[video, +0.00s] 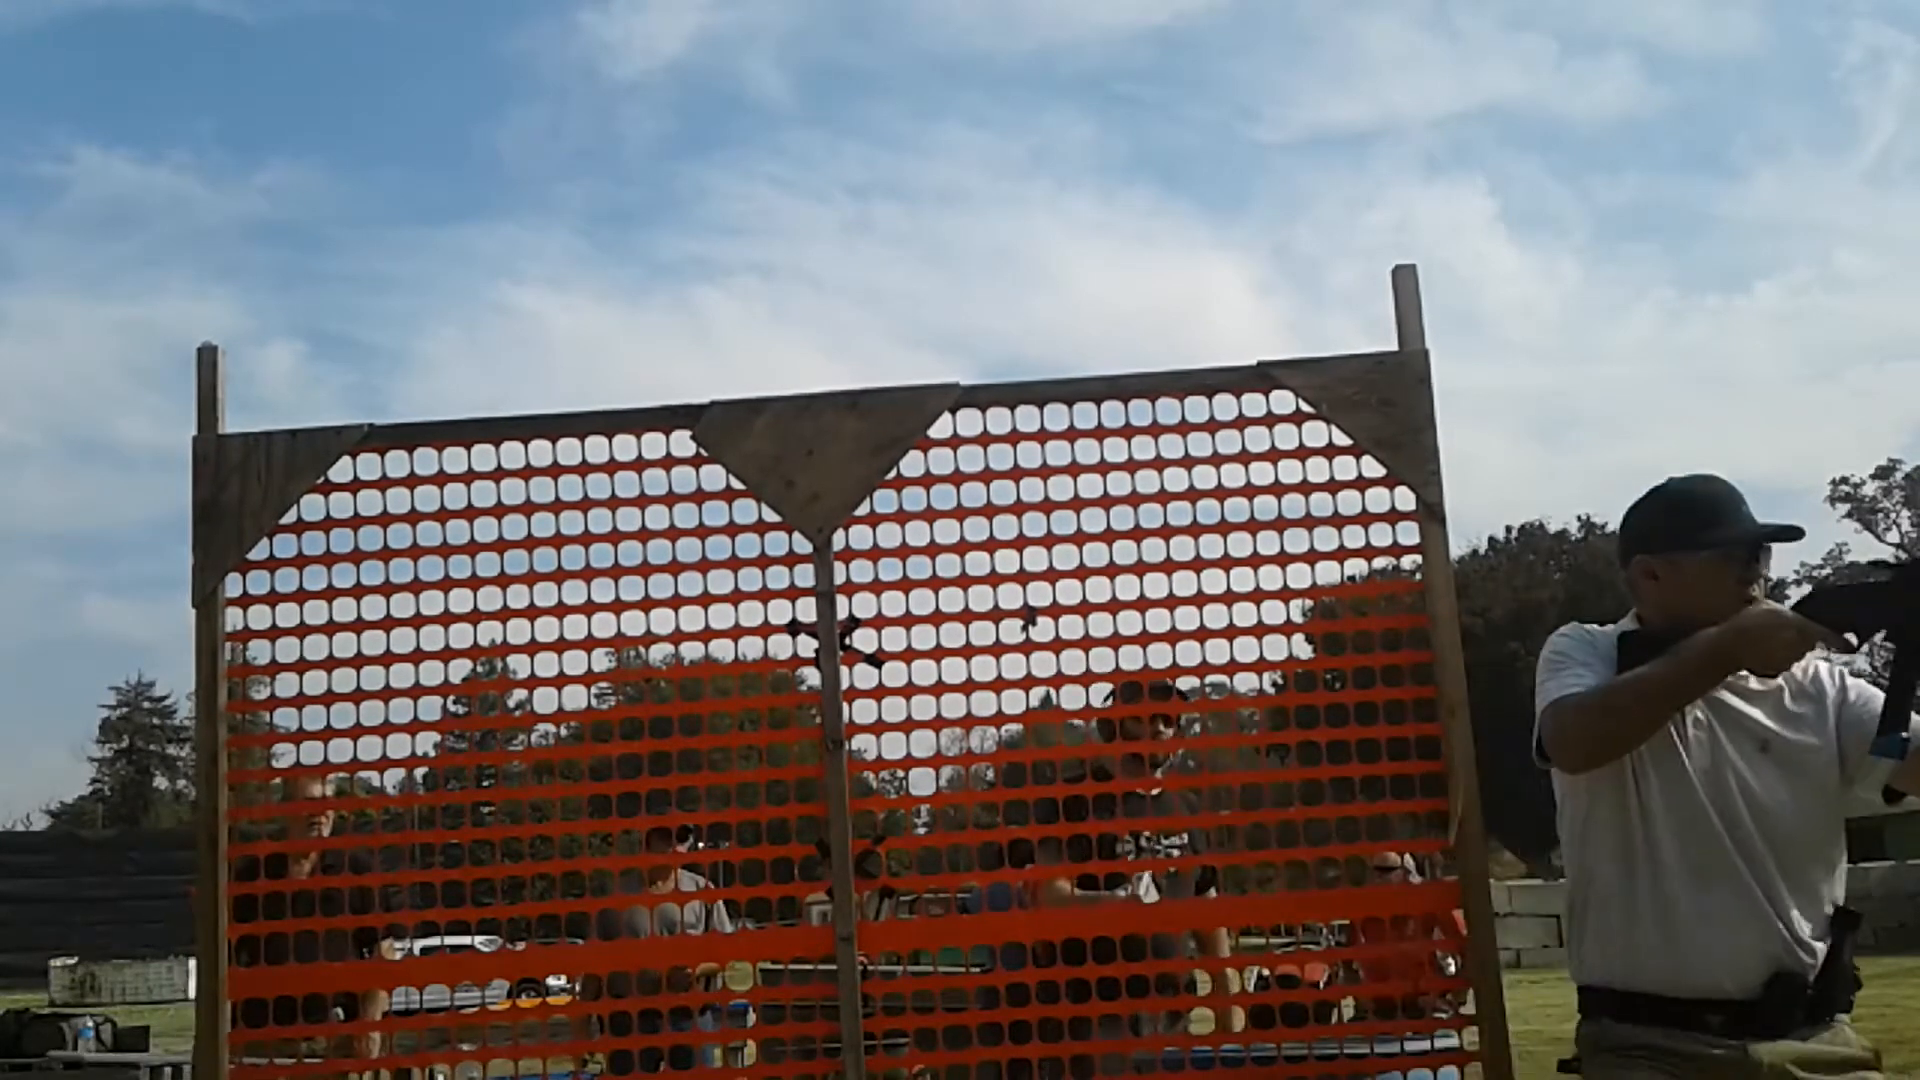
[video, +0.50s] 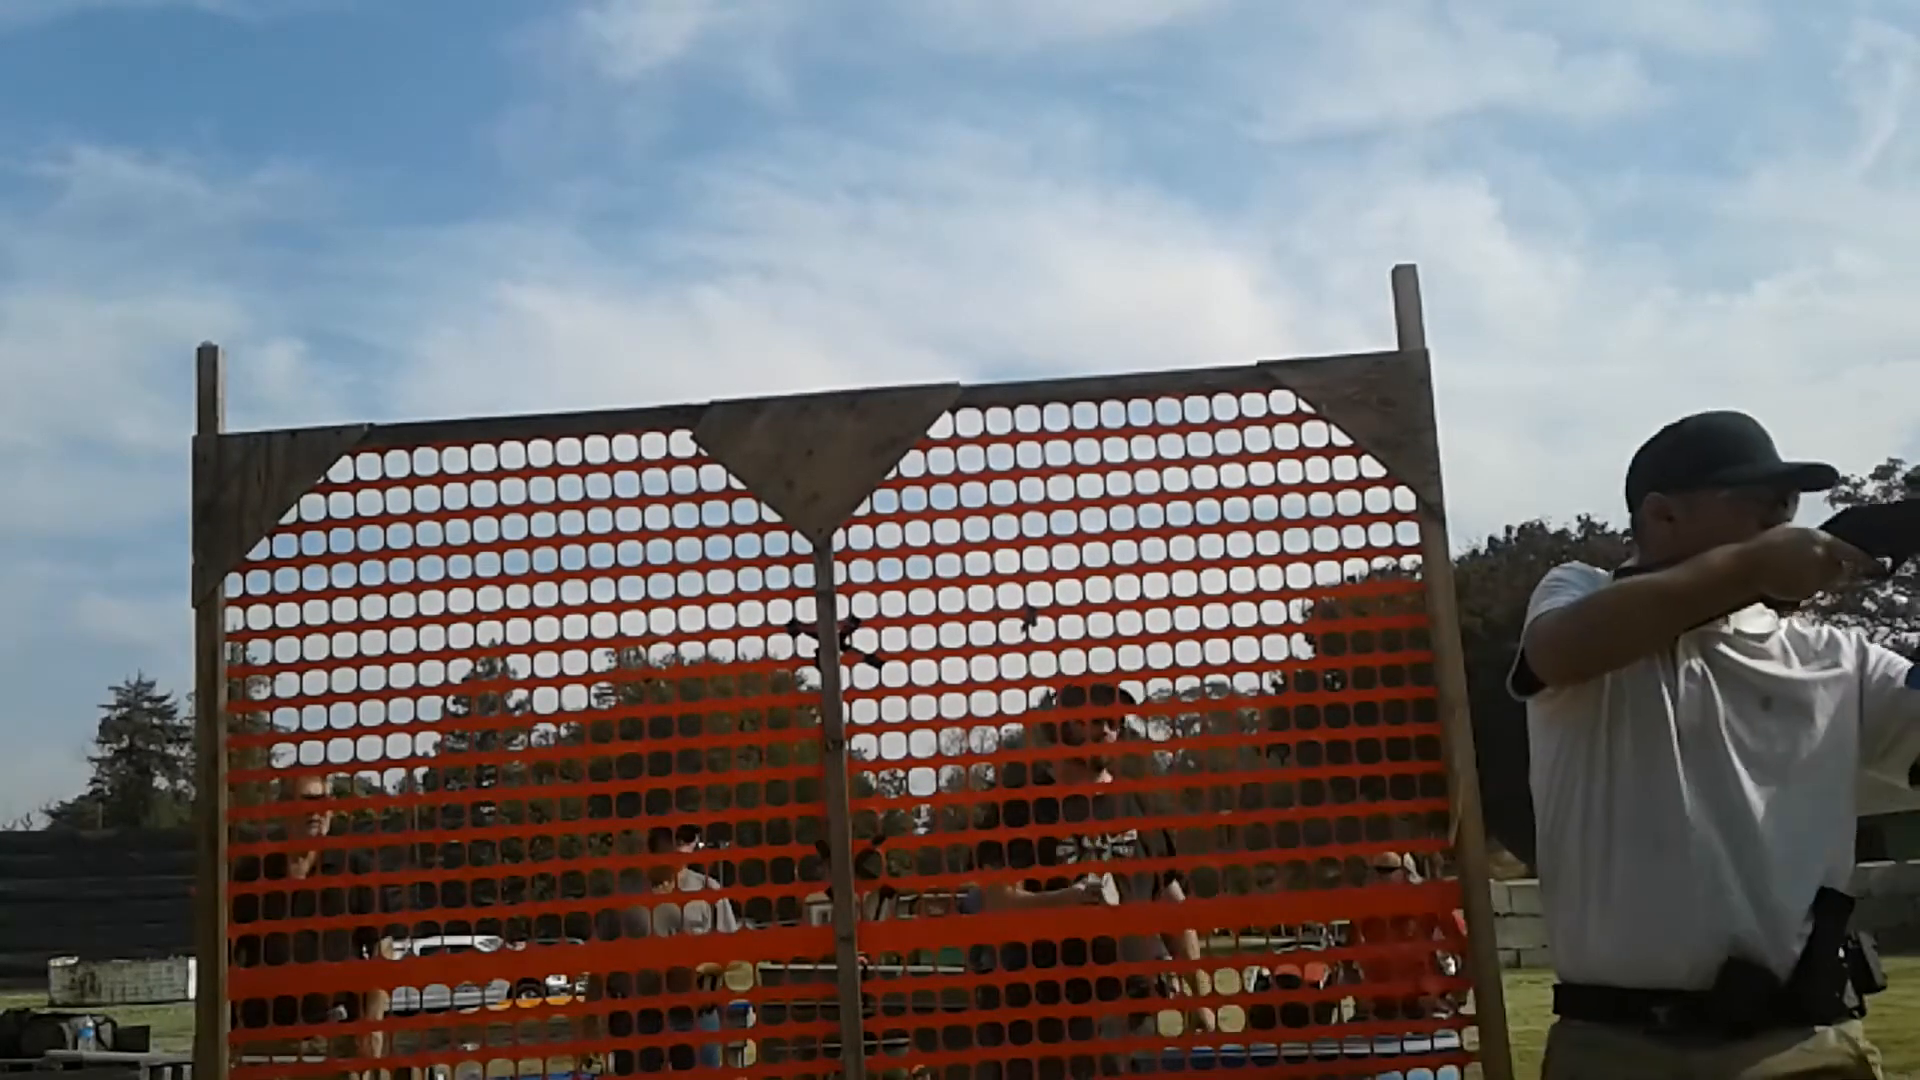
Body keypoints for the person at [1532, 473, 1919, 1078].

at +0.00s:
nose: (1763, 576)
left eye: (1761, 558)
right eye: (1740, 559)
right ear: (1651, 576)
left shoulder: (1817, 681)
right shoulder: (1581, 652)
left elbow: (1914, 767)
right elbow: (1572, 743)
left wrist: (1905, 629)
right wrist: (1729, 646)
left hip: (1812, 1043)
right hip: (1646, 1046)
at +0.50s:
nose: (1783, 527)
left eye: (1787, 507)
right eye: (1757, 503)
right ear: (1662, 515)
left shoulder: (1835, 657)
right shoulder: (1582, 596)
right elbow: (1557, 653)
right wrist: (1750, 568)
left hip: (1799, 1039)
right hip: (1614, 1042)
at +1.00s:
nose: (1796, 513)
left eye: (1798, 491)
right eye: (1769, 487)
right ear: (1670, 497)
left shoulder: (1841, 644)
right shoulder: (1586, 572)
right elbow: (1558, 621)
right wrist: (1762, 548)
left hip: (1800, 1034)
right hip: (1610, 1038)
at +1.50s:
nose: (1773, 504)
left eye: (1791, 478)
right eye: (1745, 479)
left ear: (1816, 487)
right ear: (1678, 508)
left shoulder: (1879, 625)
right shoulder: (1643, 644)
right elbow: (1513, 665)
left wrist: (1915, 558)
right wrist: (1682, 577)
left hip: (1862, 1043)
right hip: (1684, 1044)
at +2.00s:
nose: (1850, 449)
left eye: (1868, 415)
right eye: (1816, 429)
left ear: (1899, 416)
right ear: (1759, 457)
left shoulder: (1916, 539)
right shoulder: (1764, 574)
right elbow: (1603, 643)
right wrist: (1770, 527)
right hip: (1821, 1025)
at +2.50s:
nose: (1805, 436)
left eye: (1827, 406)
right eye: (1774, 415)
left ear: (1875, 416)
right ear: (1731, 453)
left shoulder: (1912, 548)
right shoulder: (1735, 586)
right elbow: (1578, 662)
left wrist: (1913, 492)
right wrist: (1727, 543)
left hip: (1910, 1034)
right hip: (1796, 1036)